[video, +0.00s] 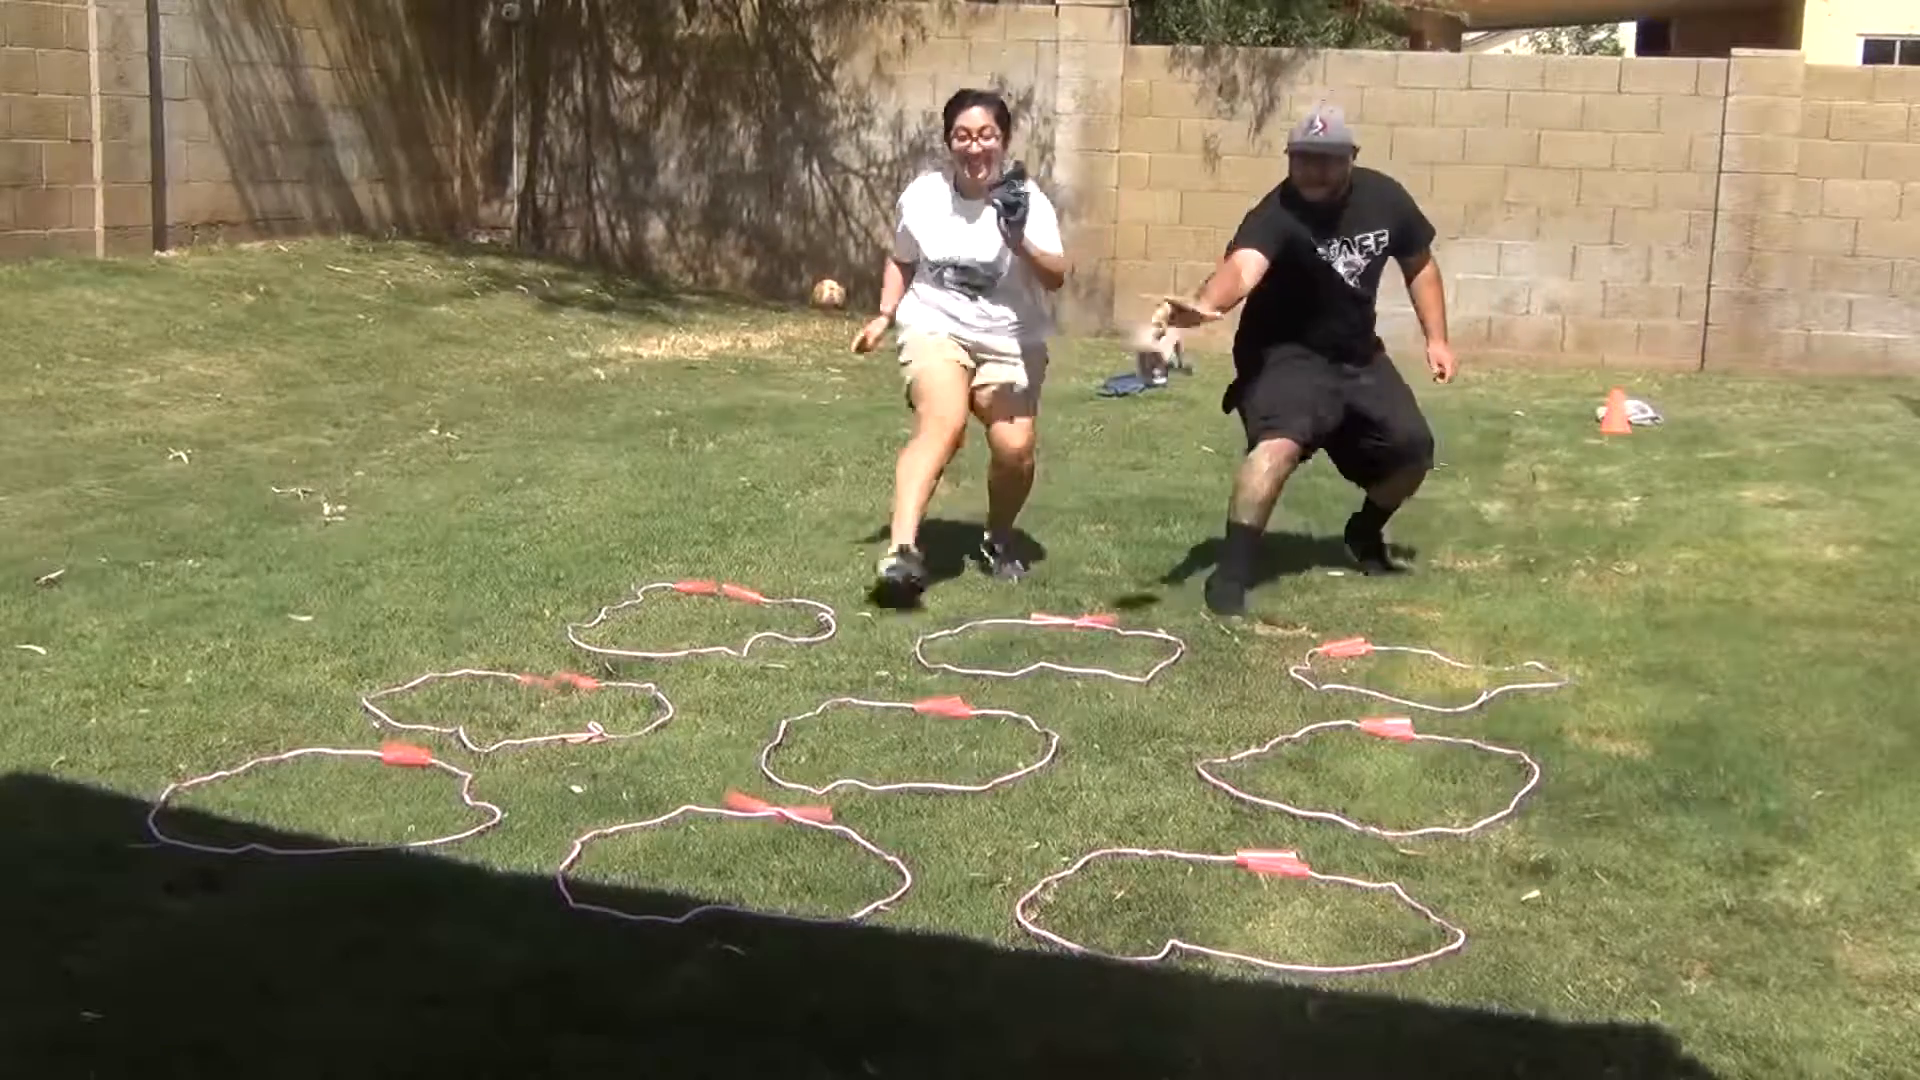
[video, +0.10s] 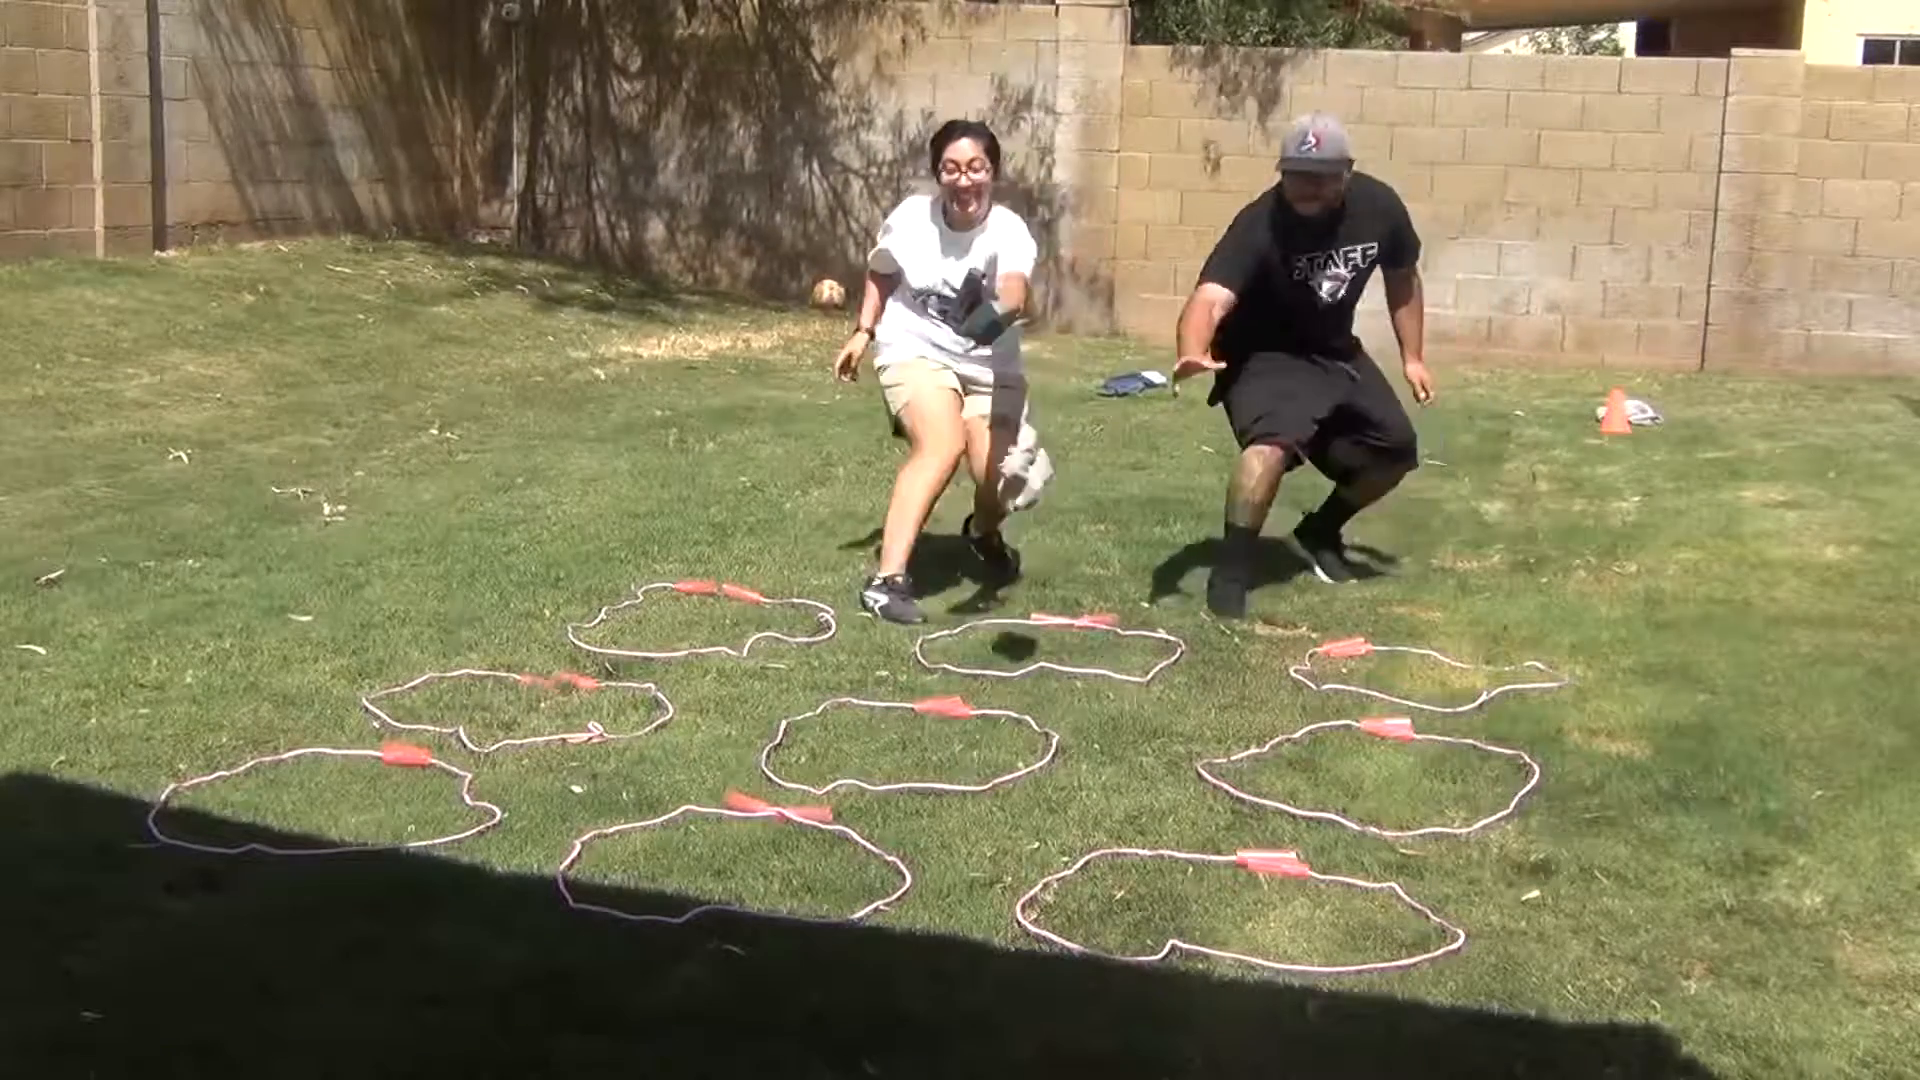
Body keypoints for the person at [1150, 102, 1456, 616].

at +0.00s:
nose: (1316, 170)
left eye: (1329, 158)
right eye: (1305, 158)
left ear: (1351, 159)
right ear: (1290, 160)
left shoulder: (1384, 198)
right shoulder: (1277, 213)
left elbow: (1419, 266)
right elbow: (1241, 267)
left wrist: (1437, 338)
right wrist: (1204, 306)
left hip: (1359, 355)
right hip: (1286, 353)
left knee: (1411, 451)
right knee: (1282, 441)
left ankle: (1365, 531)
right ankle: (1232, 573)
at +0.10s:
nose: (1307, 188)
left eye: (1321, 177)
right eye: (1297, 176)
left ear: (1345, 174)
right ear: (1282, 172)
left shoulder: (1378, 208)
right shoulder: (1260, 223)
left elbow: (1403, 280)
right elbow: (1209, 298)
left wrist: (1412, 357)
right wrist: (1193, 351)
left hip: (1336, 352)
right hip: (1265, 352)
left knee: (1393, 452)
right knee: (1272, 445)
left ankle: (1320, 530)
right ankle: (1231, 573)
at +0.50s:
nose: (1358, 176)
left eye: (1372, 167)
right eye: (1349, 163)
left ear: (1391, 166)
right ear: (1331, 154)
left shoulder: (1397, 203)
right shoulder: (1281, 207)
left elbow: (1384, 267)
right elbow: (1216, 290)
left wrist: (1371, 342)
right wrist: (1226, 378)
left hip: (1310, 333)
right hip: (1247, 327)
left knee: (1331, 443)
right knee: (1257, 427)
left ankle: (1219, 469)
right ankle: (1232, 570)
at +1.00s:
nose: (1519, 123)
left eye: (1522, 113)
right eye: (1521, 112)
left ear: (1467, 101)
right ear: (1507, 110)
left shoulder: (1435, 143)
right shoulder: (1467, 148)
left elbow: (1448, 251)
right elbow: (1430, 205)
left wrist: (1514, 277)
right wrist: (1449, 292)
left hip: (1333, 292)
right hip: (1395, 299)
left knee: (1349, 424)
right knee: (1456, 412)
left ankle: (1311, 549)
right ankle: (1407, 519)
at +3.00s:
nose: (1567, 253)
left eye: (1574, 248)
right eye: (1560, 246)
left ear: (1591, 228)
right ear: (1549, 220)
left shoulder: (1614, 231)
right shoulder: (1528, 201)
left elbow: (1630, 276)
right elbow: (1489, 207)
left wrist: (1627, 327)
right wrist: (1492, 258)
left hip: (1591, 262)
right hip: (1540, 252)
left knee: (1576, 329)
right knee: (1533, 329)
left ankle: (1561, 399)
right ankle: (1572, 357)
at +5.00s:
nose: (1525, 97)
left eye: (1537, 88)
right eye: (1517, 86)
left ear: (1560, 90)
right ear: (1505, 87)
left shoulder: (1596, 147)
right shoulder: (1479, 145)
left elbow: (1641, 203)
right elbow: (1435, 202)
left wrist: (1616, 276)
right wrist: (1472, 254)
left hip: (1566, 298)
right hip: (1497, 293)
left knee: (1557, 396)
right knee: (1485, 390)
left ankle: (1565, 437)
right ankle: (1490, 487)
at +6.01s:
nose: (1627, 204)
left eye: (1633, 195)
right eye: (1630, 192)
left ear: (1589, 167)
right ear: (1605, 180)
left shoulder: (1532, 163)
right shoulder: (1539, 225)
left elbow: (1480, 162)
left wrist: (1456, 235)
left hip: (1442, 314)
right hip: (1423, 327)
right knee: (1489, 466)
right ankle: (1403, 593)